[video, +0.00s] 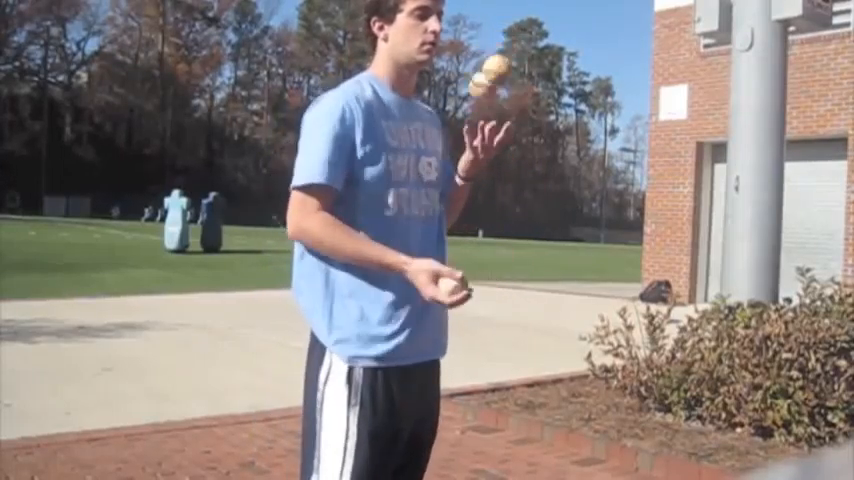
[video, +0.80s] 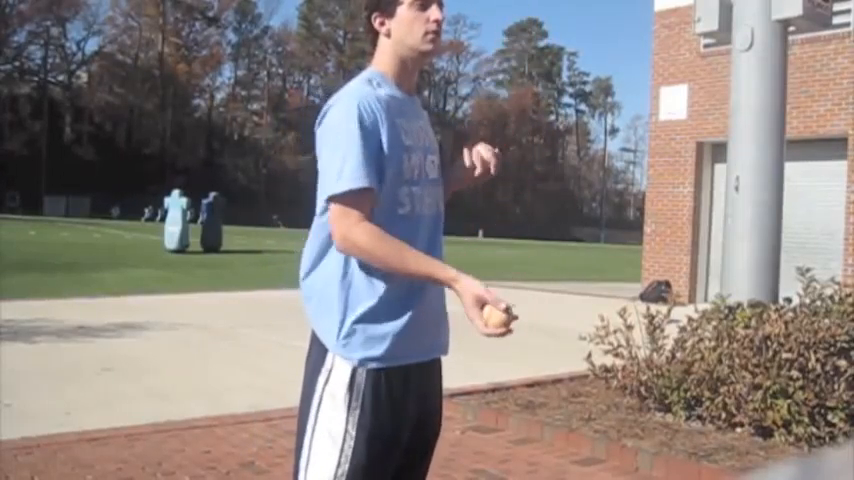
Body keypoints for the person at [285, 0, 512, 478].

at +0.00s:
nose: (436, 28)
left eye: (439, 17)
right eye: (421, 14)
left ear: (440, 29)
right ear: (381, 27)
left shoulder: (431, 121)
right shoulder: (340, 109)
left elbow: (436, 221)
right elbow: (303, 220)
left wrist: (467, 171)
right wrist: (407, 265)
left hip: (421, 350)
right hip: (356, 353)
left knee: (405, 471)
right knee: (345, 471)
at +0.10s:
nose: (435, 27)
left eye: (439, 17)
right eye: (420, 14)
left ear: (440, 30)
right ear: (380, 27)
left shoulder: (425, 118)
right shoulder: (347, 106)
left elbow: (419, 216)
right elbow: (345, 228)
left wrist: (456, 184)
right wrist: (456, 261)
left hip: (417, 354)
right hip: (353, 355)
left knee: (404, 472)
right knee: (334, 473)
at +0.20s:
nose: (435, 26)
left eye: (439, 16)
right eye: (421, 13)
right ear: (380, 26)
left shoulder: (426, 119)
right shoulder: (349, 103)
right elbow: (382, 220)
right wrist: (495, 212)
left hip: (415, 349)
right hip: (350, 351)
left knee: (403, 470)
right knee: (334, 471)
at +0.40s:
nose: (436, 23)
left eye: (439, 13)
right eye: (421, 10)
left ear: (441, 27)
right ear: (381, 23)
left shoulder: (437, 125)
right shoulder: (338, 100)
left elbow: (437, 235)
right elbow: (339, 217)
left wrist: (468, 287)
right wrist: (443, 170)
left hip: (418, 354)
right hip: (350, 353)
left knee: (405, 471)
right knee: (337, 471)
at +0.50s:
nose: (438, 23)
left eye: (440, 13)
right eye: (422, 11)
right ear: (382, 24)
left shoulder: (440, 124)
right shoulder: (337, 102)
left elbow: (434, 230)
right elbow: (301, 215)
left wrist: (475, 235)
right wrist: (408, 192)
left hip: (419, 354)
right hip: (349, 354)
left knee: (407, 471)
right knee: (339, 471)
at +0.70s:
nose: (437, 19)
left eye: (440, 10)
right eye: (422, 8)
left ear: (441, 24)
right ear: (382, 22)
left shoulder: (424, 116)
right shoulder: (347, 105)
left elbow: (421, 213)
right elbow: (310, 221)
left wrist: (464, 164)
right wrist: (412, 273)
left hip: (419, 355)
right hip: (356, 359)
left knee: (405, 472)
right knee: (338, 473)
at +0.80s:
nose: (438, 16)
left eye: (439, 7)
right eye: (421, 6)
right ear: (382, 22)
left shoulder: (414, 110)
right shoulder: (356, 105)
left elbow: (407, 203)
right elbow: (348, 230)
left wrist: (458, 178)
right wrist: (457, 280)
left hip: (418, 355)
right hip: (359, 358)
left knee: (406, 471)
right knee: (337, 471)